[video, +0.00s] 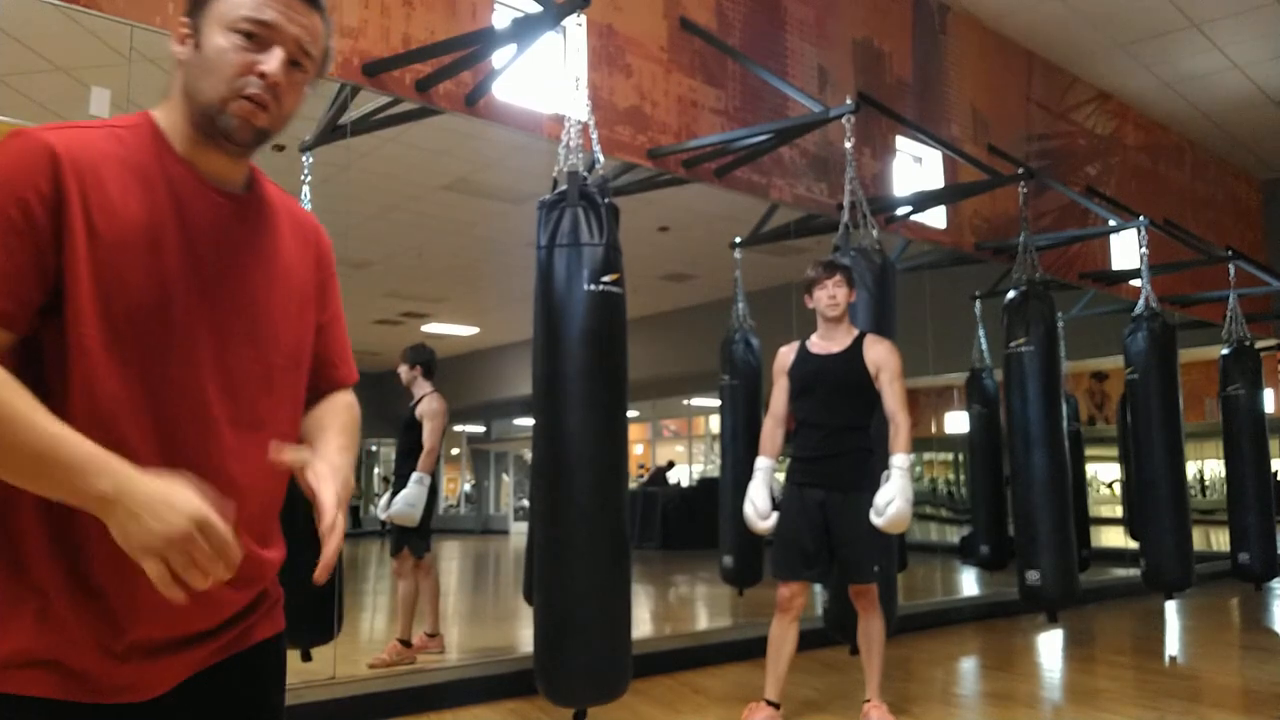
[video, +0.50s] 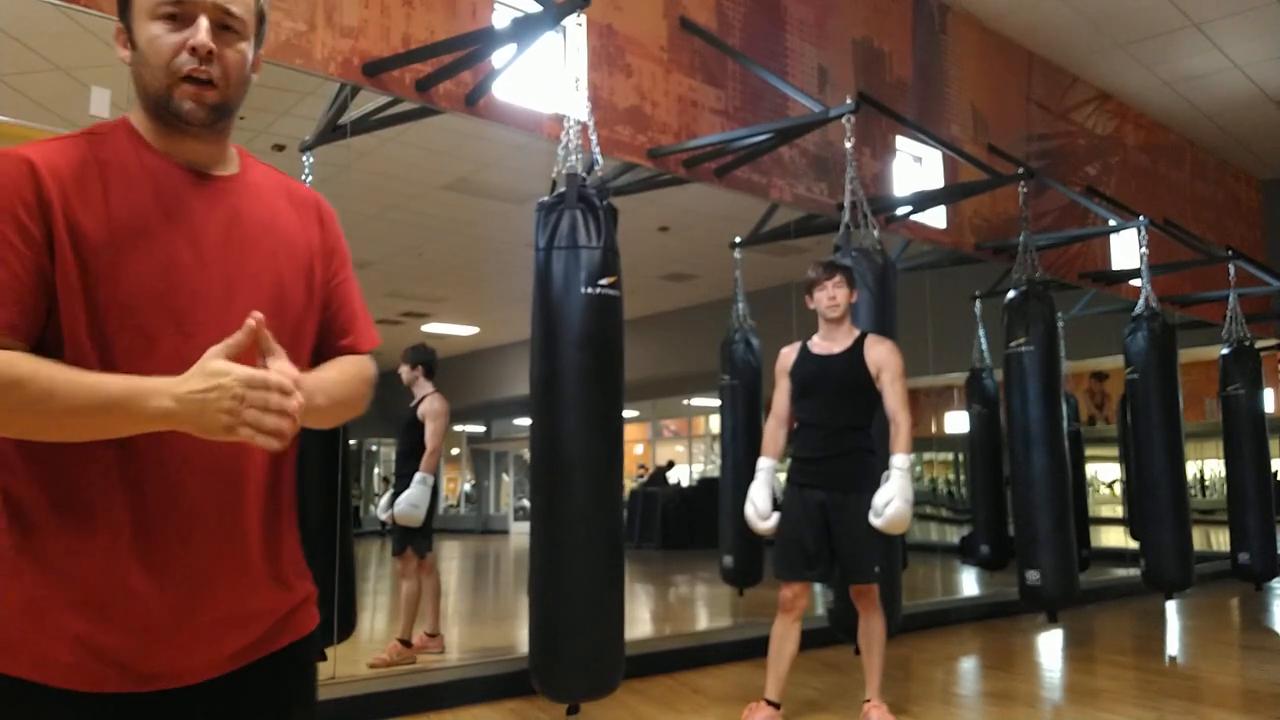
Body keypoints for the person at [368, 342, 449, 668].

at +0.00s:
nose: (398, 373)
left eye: (402, 368)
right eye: (399, 368)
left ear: (417, 369)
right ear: (418, 370)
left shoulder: (432, 402)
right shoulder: (418, 403)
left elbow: (431, 450)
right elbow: (407, 454)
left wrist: (415, 490)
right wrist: (391, 491)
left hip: (415, 487)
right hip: (408, 486)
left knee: (403, 566)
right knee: (423, 564)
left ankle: (403, 642)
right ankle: (432, 634)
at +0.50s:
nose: (399, 372)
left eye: (403, 367)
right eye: (400, 367)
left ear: (418, 370)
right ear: (419, 370)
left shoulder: (434, 402)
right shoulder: (417, 403)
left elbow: (433, 450)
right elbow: (406, 454)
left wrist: (419, 489)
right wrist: (392, 492)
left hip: (416, 486)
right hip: (408, 485)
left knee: (406, 565)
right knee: (424, 564)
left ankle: (403, 641)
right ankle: (431, 634)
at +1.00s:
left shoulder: (434, 402)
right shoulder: (415, 408)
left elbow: (433, 447)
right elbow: (405, 457)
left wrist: (418, 486)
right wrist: (393, 492)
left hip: (416, 486)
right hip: (407, 485)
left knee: (408, 564)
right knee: (425, 564)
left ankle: (404, 642)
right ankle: (432, 633)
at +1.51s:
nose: (402, 374)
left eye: (405, 368)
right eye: (402, 369)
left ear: (421, 369)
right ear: (421, 370)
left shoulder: (433, 401)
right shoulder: (421, 402)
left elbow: (431, 448)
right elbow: (409, 452)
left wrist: (417, 488)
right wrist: (393, 490)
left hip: (419, 484)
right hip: (411, 483)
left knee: (409, 562)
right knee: (424, 562)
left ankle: (404, 641)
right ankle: (431, 634)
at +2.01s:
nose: (403, 375)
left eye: (406, 369)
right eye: (403, 369)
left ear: (422, 369)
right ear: (421, 370)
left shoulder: (435, 403)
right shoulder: (421, 403)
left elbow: (433, 450)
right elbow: (409, 452)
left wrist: (418, 489)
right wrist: (394, 490)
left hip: (419, 485)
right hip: (411, 484)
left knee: (409, 564)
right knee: (425, 563)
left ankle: (404, 641)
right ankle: (430, 634)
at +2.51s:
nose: (398, 372)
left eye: (402, 366)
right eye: (399, 367)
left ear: (419, 369)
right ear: (415, 370)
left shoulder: (437, 402)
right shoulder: (411, 403)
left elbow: (439, 449)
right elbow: (406, 454)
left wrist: (425, 489)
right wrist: (391, 491)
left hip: (421, 484)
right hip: (407, 482)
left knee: (405, 564)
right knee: (424, 563)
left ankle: (403, 641)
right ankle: (432, 634)